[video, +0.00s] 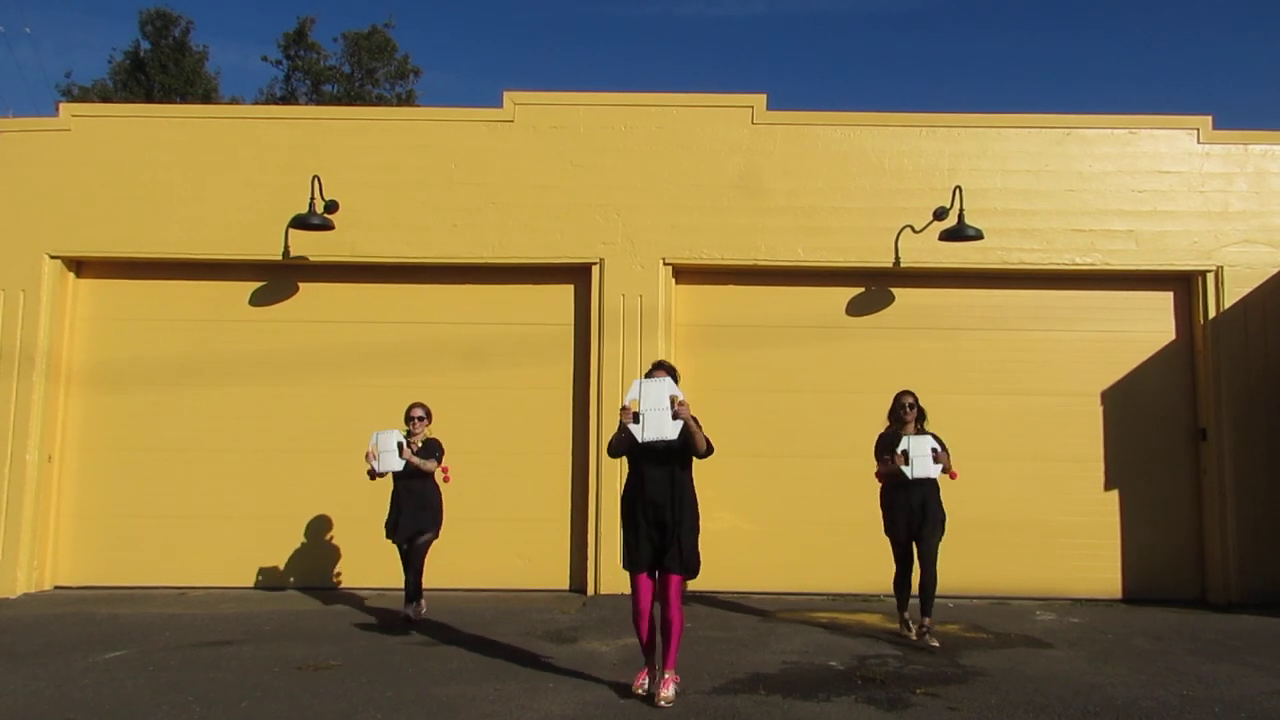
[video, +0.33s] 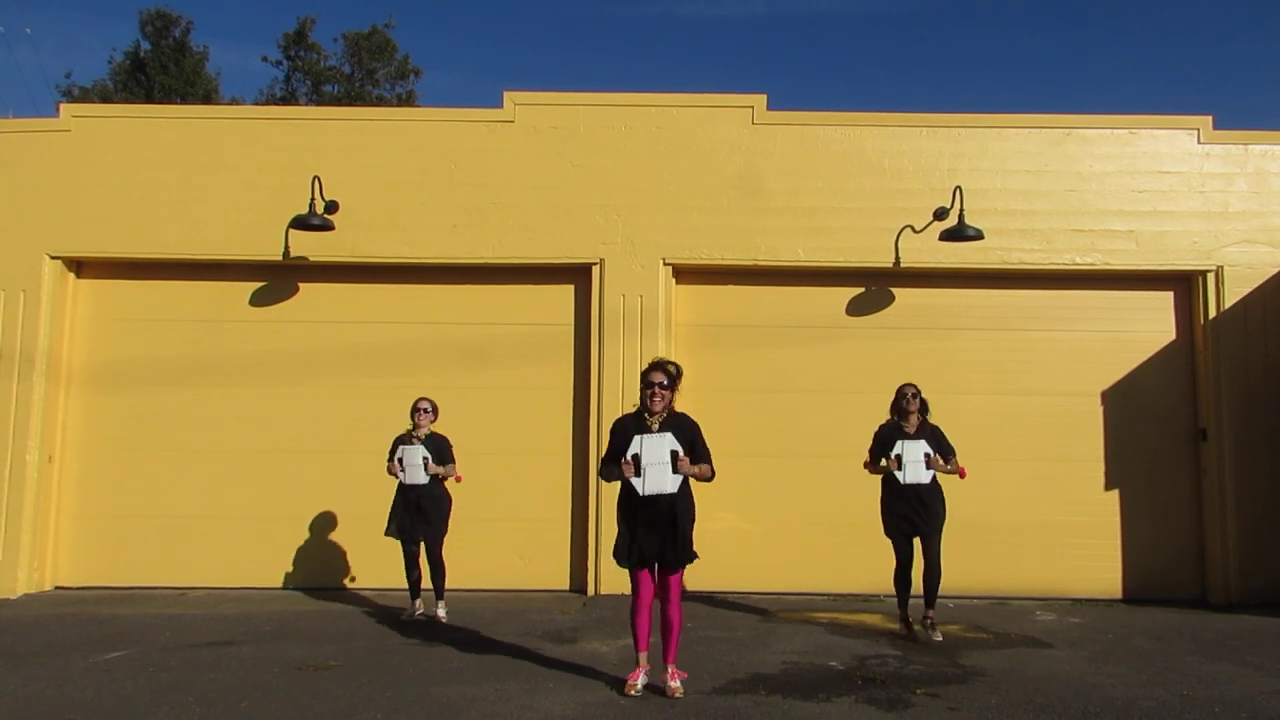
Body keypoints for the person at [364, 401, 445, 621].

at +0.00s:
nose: (415, 423)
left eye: (420, 419)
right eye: (411, 419)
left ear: (428, 421)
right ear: (406, 421)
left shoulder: (433, 445)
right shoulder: (398, 445)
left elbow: (431, 467)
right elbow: (377, 474)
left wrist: (410, 457)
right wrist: (373, 462)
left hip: (427, 509)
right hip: (401, 509)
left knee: (415, 558)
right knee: (407, 560)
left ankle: (409, 606)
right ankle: (418, 601)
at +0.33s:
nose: (421, 414)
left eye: (426, 411)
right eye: (417, 411)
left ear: (434, 415)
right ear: (412, 415)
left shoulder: (441, 441)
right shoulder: (401, 441)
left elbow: (452, 469)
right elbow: (391, 465)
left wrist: (437, 470)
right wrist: (394, 469)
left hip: (434, 505)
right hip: (407, 505)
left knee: (434, 554)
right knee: (410, 555)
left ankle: (440, 603)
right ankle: (416, 602)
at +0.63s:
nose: (420, 415)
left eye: (425, 412)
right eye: (416, 412)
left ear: (433, 415)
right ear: (411, 416)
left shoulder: (438, 439)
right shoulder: (403, 438)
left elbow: (447, 465)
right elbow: (389, 470)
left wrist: (432, 458)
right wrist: (389, 459)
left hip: (432, 502)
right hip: (404, 501)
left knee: (436, 553)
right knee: (398, 553)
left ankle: (444, 603)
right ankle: (391, 602)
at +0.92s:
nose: (414, 411)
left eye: (419, 407)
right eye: (411, 408)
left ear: (427, 412)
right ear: (406, 412)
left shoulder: (433, 436)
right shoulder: (395, 435)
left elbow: (445, 464)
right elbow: (382, 469)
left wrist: (430, 461)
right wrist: (385, 459)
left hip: (428, 502)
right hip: (399, 502)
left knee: (432, 551)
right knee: (394, 552)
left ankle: (440, 601)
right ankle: (385, 601)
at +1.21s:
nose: (411, 415)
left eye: (415, 411)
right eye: (407, 411)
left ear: (423, 415)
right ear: (402, 414)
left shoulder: (430, 439)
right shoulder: (391, 439)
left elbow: (440, 468)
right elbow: (382, 474)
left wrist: (426, 460)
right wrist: (384, 461)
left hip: (423, 501)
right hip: (395, 500)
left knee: (429, 551)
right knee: (389, 552)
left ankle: (439, 601)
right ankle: (385, 603)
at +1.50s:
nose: (408, 420)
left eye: (413, 416)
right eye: (404, 416)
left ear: (420, 419)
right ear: (399, 420)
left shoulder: (426, 444)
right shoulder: (390, 443)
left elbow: (437, 470)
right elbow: (375, 473)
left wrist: (423, 461)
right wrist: (380, 460)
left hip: (421, 507)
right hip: (392, 507)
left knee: (427, 555)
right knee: (385, 556)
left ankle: (439, 606)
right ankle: (376, 606)